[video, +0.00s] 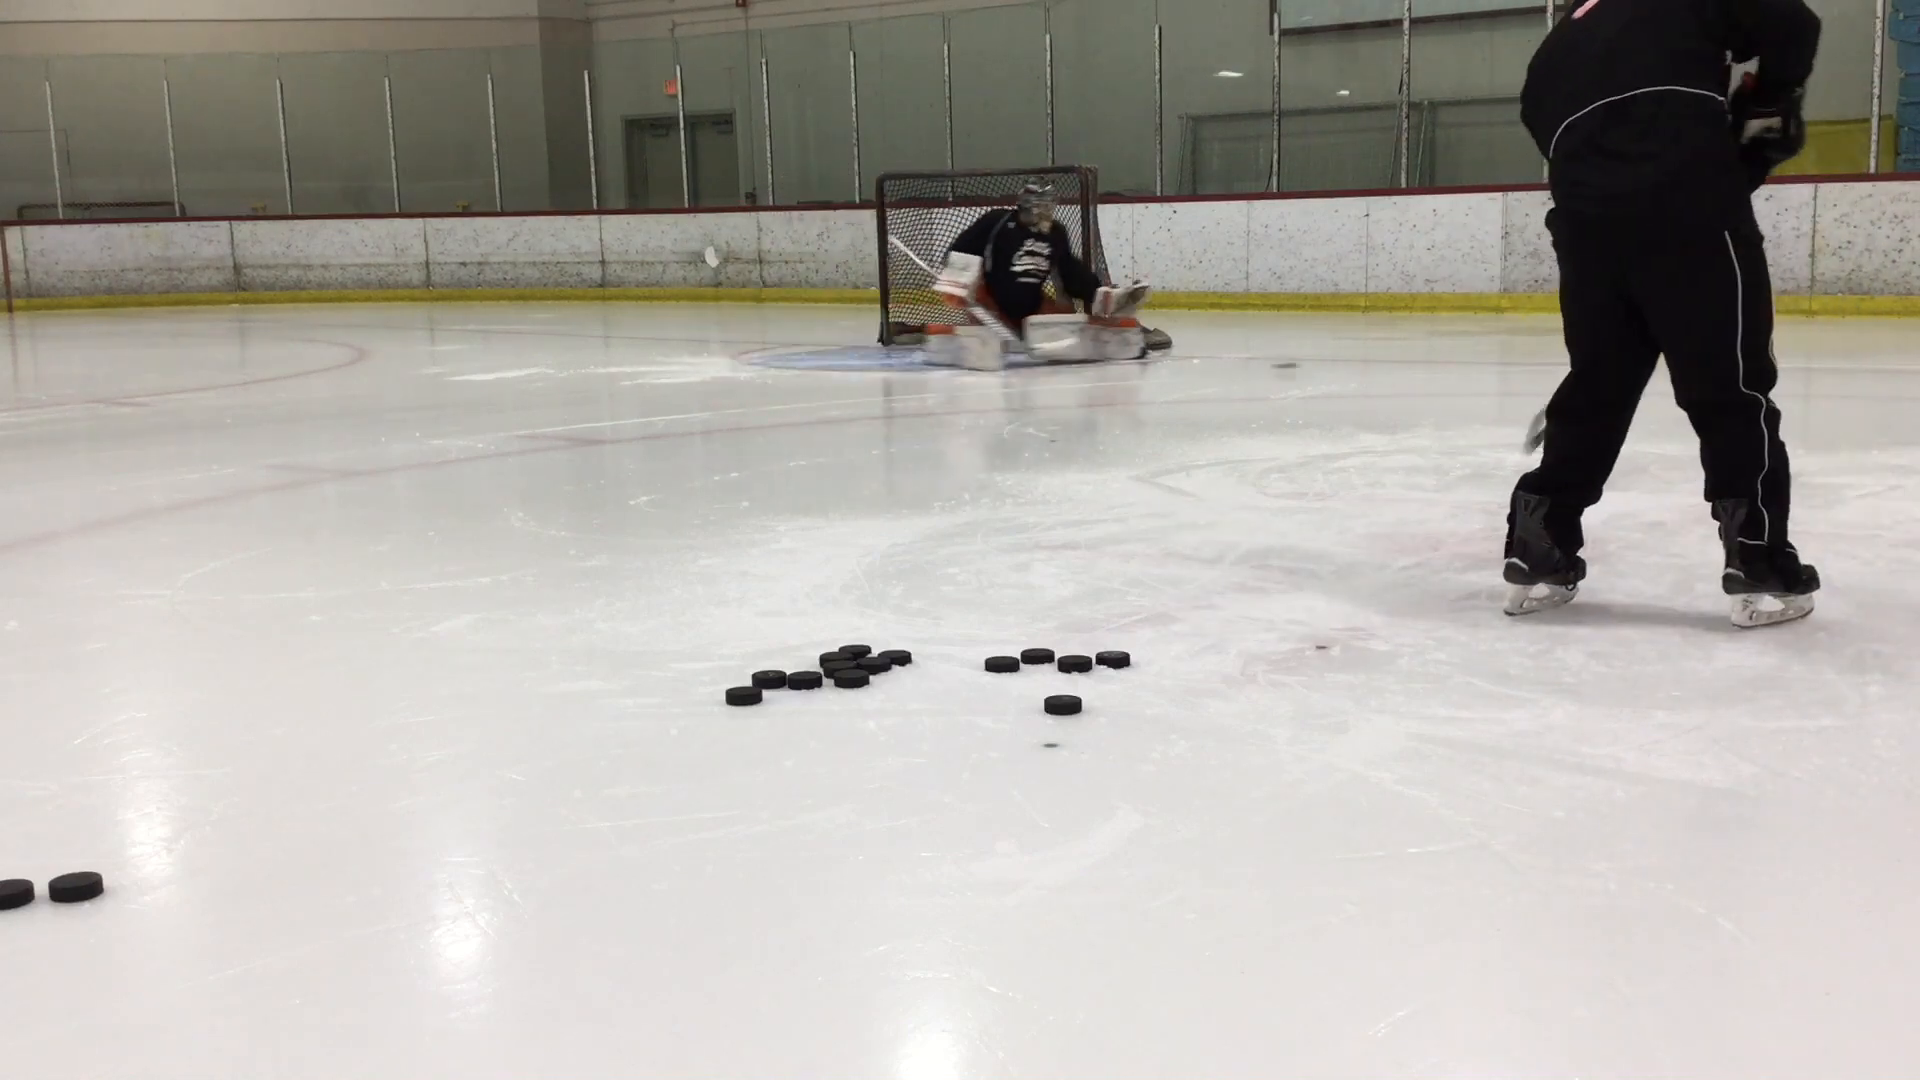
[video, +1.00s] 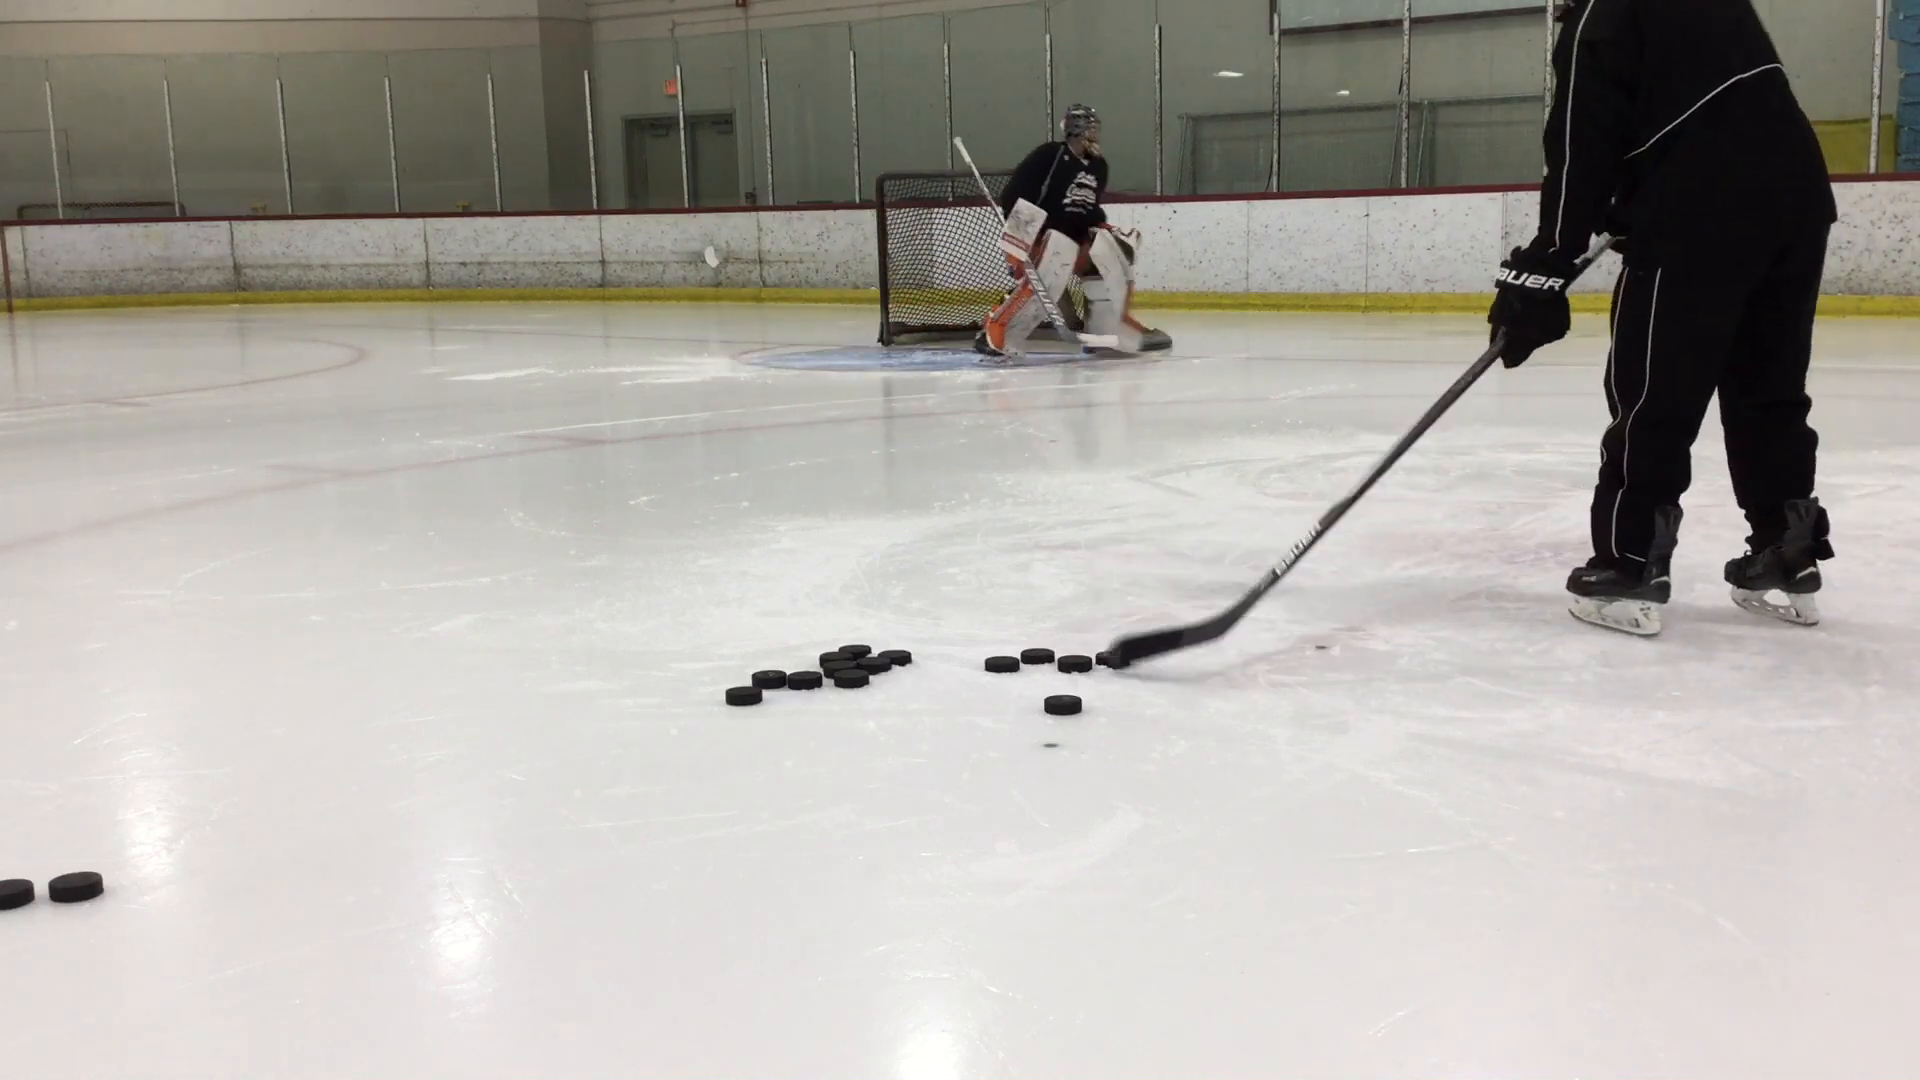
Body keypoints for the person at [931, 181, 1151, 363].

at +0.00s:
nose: (1042, 212)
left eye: (1046, 206)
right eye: (1035, 206)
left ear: (1052, 206)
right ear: (1022, 205)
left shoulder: (1056, 233)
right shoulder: (997, 221)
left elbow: (1068, 268)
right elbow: (960, 251)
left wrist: (1099, 296)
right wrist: (957, 286)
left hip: (1033, 308)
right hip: (991, 305)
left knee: (1078, 323)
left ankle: (1135, 337)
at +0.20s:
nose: (1088, 197)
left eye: (1090, 191)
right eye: (1082, 191)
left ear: (1094, 192)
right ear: (1066, 193)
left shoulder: (1095, 217)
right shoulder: (1040, 218)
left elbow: (1111, 253)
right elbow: (1011, 260)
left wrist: (1139, 279)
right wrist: (1029, 294)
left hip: (1088, 289)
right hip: (1050, 293)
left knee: (1126, 303)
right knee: (1113, 315)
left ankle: (1158, 339)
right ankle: (1156, 343)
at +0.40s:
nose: (1129, 189)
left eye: (1132, 183)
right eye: (1123, 184)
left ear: (1134, 183)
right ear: (1108, 184)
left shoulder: (1139, 210)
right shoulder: (1085, 210)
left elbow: (1143, 244)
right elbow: (1066, 258)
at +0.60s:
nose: (1144, 171)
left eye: (1146, 166)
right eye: (1138, 167)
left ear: (1148, 167)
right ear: (1123, 169)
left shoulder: (1152, 198)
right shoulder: (1096, 195)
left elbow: (1154, 235)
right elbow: (1071, 240)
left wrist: (1171, 268)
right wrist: (1067, 285)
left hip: (1140, 275)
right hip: (1099, 279)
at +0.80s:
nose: (1120, 145)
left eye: (1122, 140)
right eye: (1115, 139)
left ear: (1124, 143)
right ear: (1102, 141)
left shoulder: (1128, 173)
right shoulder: (1075, 167)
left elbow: (1128, 216)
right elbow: (1048, 208)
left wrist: (1144, 240)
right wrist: (1038, 252)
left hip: (1113, 251)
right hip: (1078, 248)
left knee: (1145, 293)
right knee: (1063, 301)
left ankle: (1185, 341)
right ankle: (1027, 351)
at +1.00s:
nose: (1096, 136)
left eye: (1096, 130)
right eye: (1090, 129)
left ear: (1094, 132)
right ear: (1075, 131)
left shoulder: (1098, 165)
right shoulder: (1048, 155)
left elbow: (1090, 206)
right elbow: (1015, 196)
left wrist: (1102, 231)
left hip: (1082, 235)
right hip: (1048, 232)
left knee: (1117, 257)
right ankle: (997, 334)